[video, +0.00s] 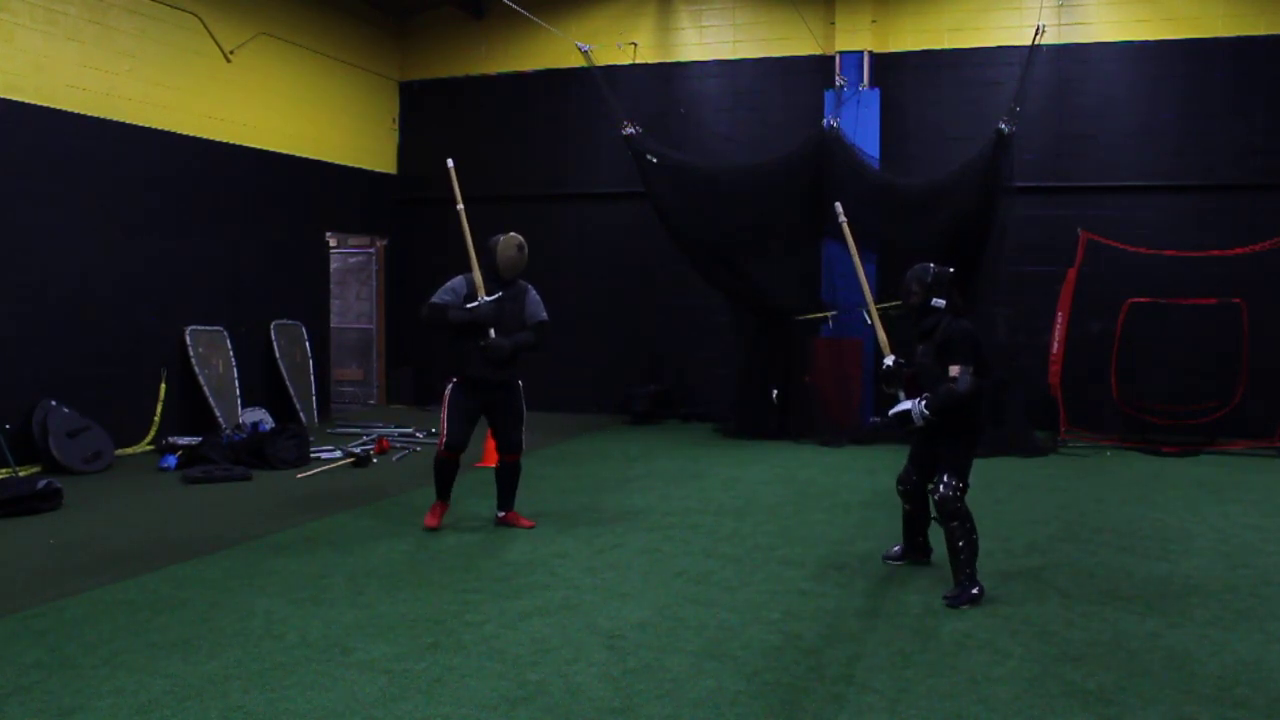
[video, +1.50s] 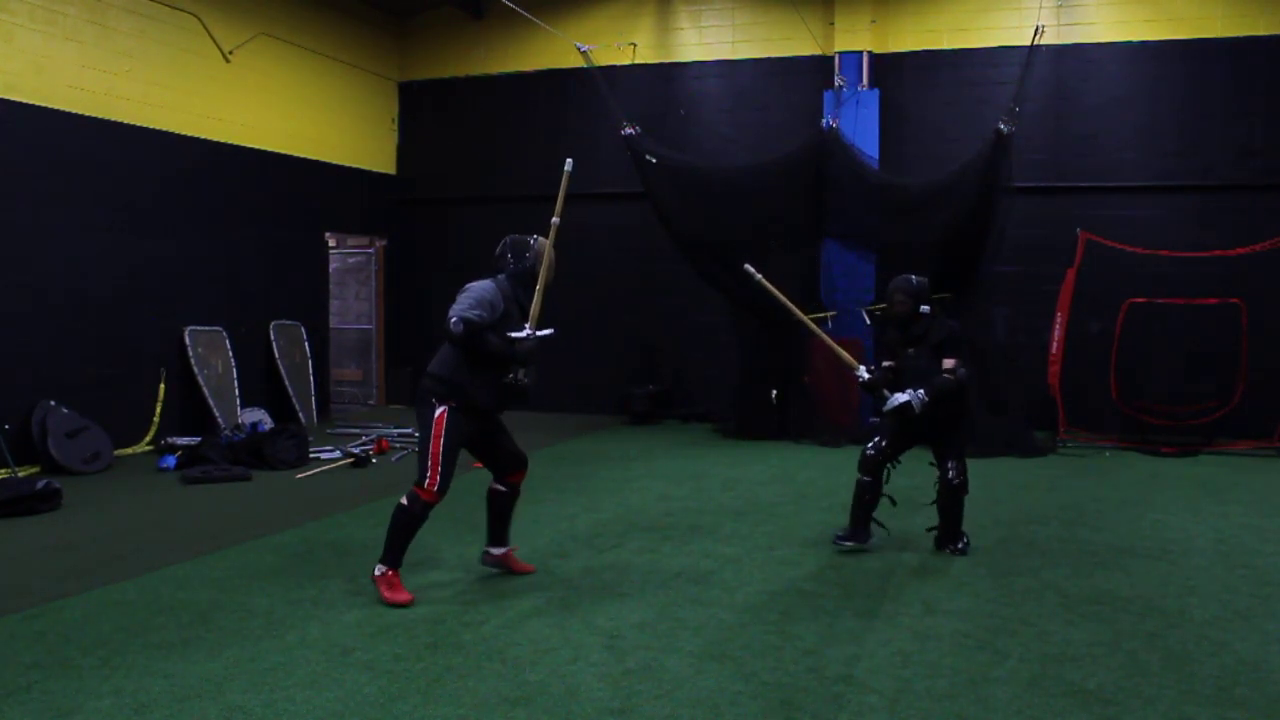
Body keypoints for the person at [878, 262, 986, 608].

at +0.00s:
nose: (908, 298)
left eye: (914, 291)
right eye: (908, 290)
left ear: (930, 294)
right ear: (928, 294)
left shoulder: (955, 330)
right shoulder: (922, 330)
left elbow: (960, 385)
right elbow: (918, 380)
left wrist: (926, 405)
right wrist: (895, 374)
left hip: (960, 425)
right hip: (934, 423)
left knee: (948, 495)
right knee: (911, 484)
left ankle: (967, 581)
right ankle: (915, 547)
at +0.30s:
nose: (894, 300)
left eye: (900, 294)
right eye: (894, 294)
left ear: (917, 295)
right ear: (907, 295)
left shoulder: (942, 325)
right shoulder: (908, 326)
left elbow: (932, 375)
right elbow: (901, 371)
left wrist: (894, 392)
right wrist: (868, 365)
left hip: (964, 414)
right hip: (934, 413)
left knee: (954, 481)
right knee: (915, 474)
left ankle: (989, 554)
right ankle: (917, 548)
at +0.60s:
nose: (914, 303)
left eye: (919, 297)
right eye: (915, 297)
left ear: (934, 299)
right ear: (934, 298)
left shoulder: (962, 330)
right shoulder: (933, 330)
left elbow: (961, 382)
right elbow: (930, 376)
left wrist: (926, 405)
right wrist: (900, 377)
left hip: (979, 420)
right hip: (948, 419)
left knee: (979, 488)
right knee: (904, 465)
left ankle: (1002, 549)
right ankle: (911, 542)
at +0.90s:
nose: (911, 306)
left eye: (916, 299)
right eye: (910, 300)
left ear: (931, 299)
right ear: (921, 299)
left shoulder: (960, 330)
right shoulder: (926, 331)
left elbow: (971, 377)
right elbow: (930, 372)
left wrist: (935, 400)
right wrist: (898, 375)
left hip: (974, 417)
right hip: (941, 416)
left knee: (980, 487)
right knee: (906, 472)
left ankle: (1002, 550)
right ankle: (884, 538)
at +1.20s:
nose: (882, 308)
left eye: (889, 302)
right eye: (881, 302)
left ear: (907, 303)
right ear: (882, 303)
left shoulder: (934, 329)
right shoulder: (888, 332)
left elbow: (942, 373)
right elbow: (890, 372)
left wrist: (908, 394)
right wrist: (864, 374)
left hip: (948, 413)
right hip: (912, 414)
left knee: (964, 474)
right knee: (886, 467)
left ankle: (977, 538)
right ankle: (879, 536)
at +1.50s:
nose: (893, 306)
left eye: (899, 300)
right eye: (892, 300)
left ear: (916, 302)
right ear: (893, 302)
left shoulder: (942, 329)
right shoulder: (891, 330)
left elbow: (951, 376)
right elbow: (890, 376)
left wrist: (919, 396)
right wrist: (872, 379)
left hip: (942, 414)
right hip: (904, 413)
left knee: (953, 476)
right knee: (871, 459)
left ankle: (949, 537)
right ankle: (858, 530)